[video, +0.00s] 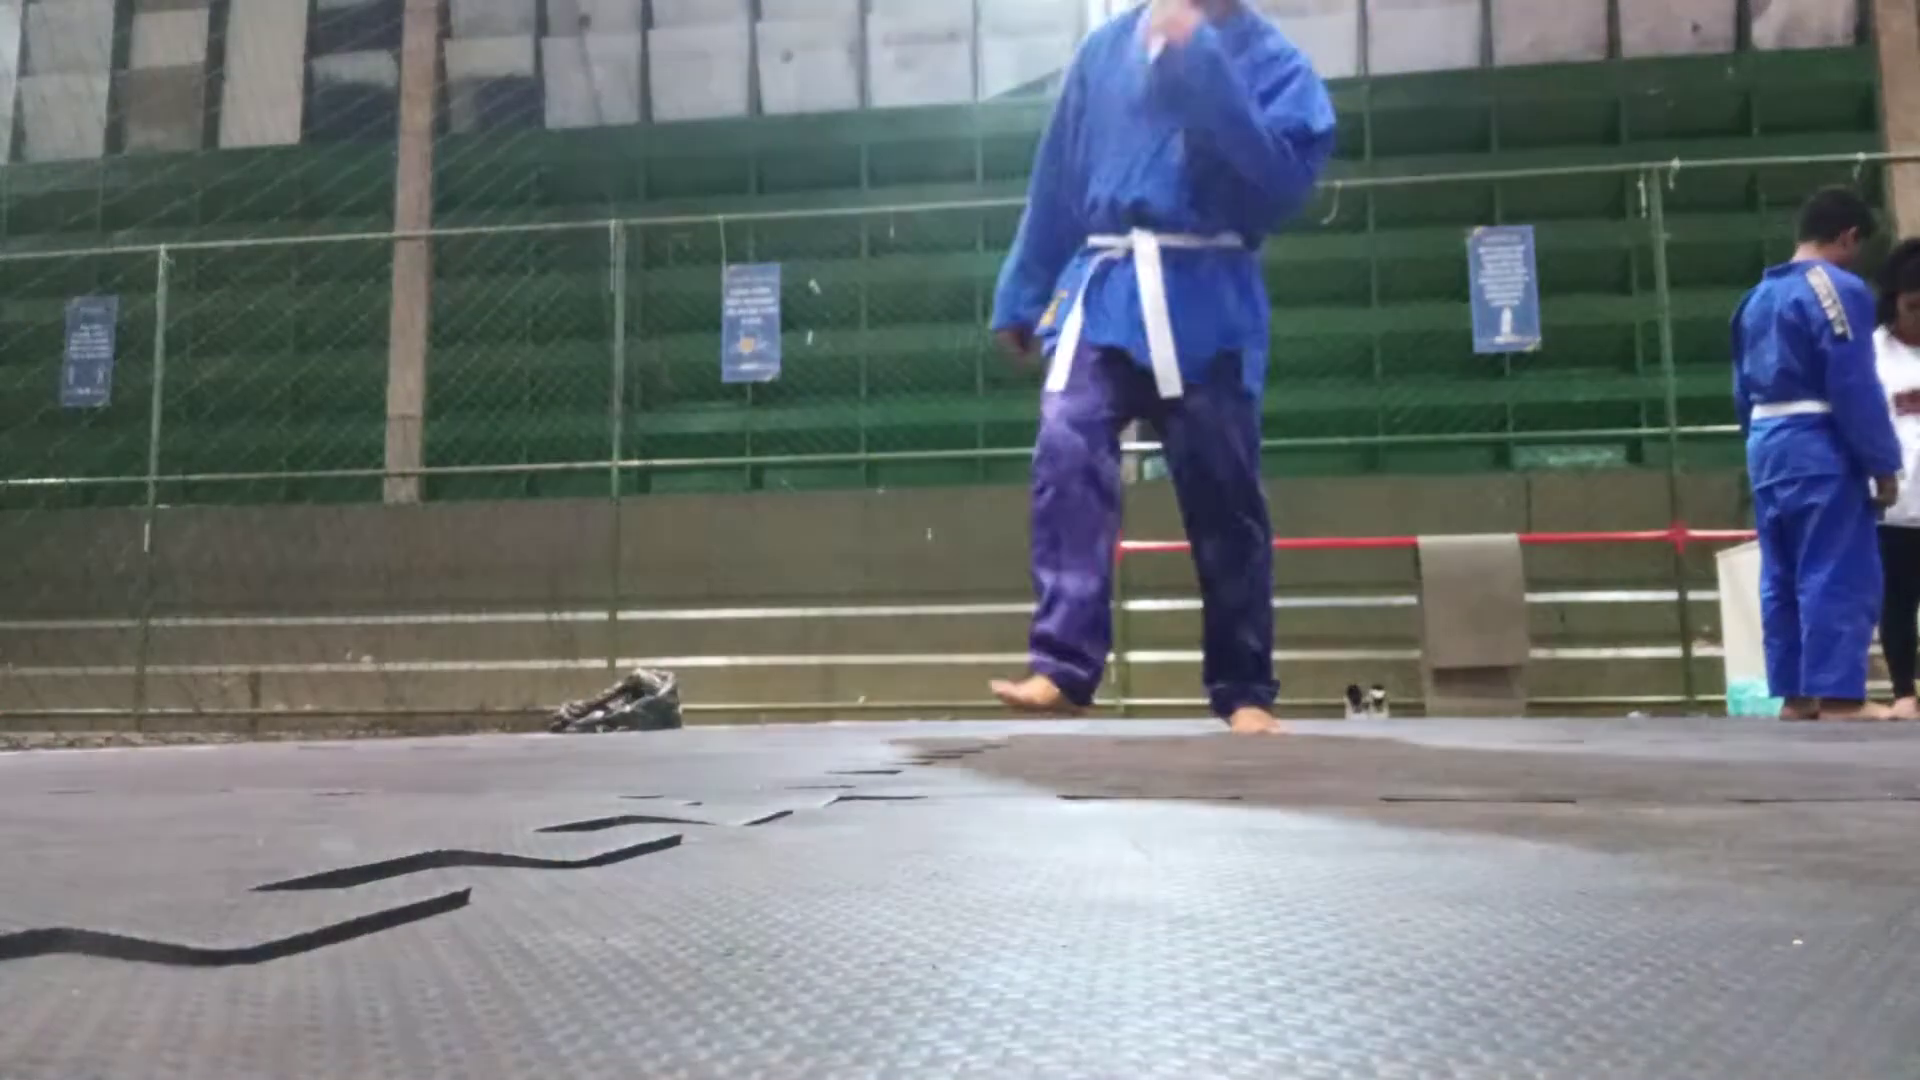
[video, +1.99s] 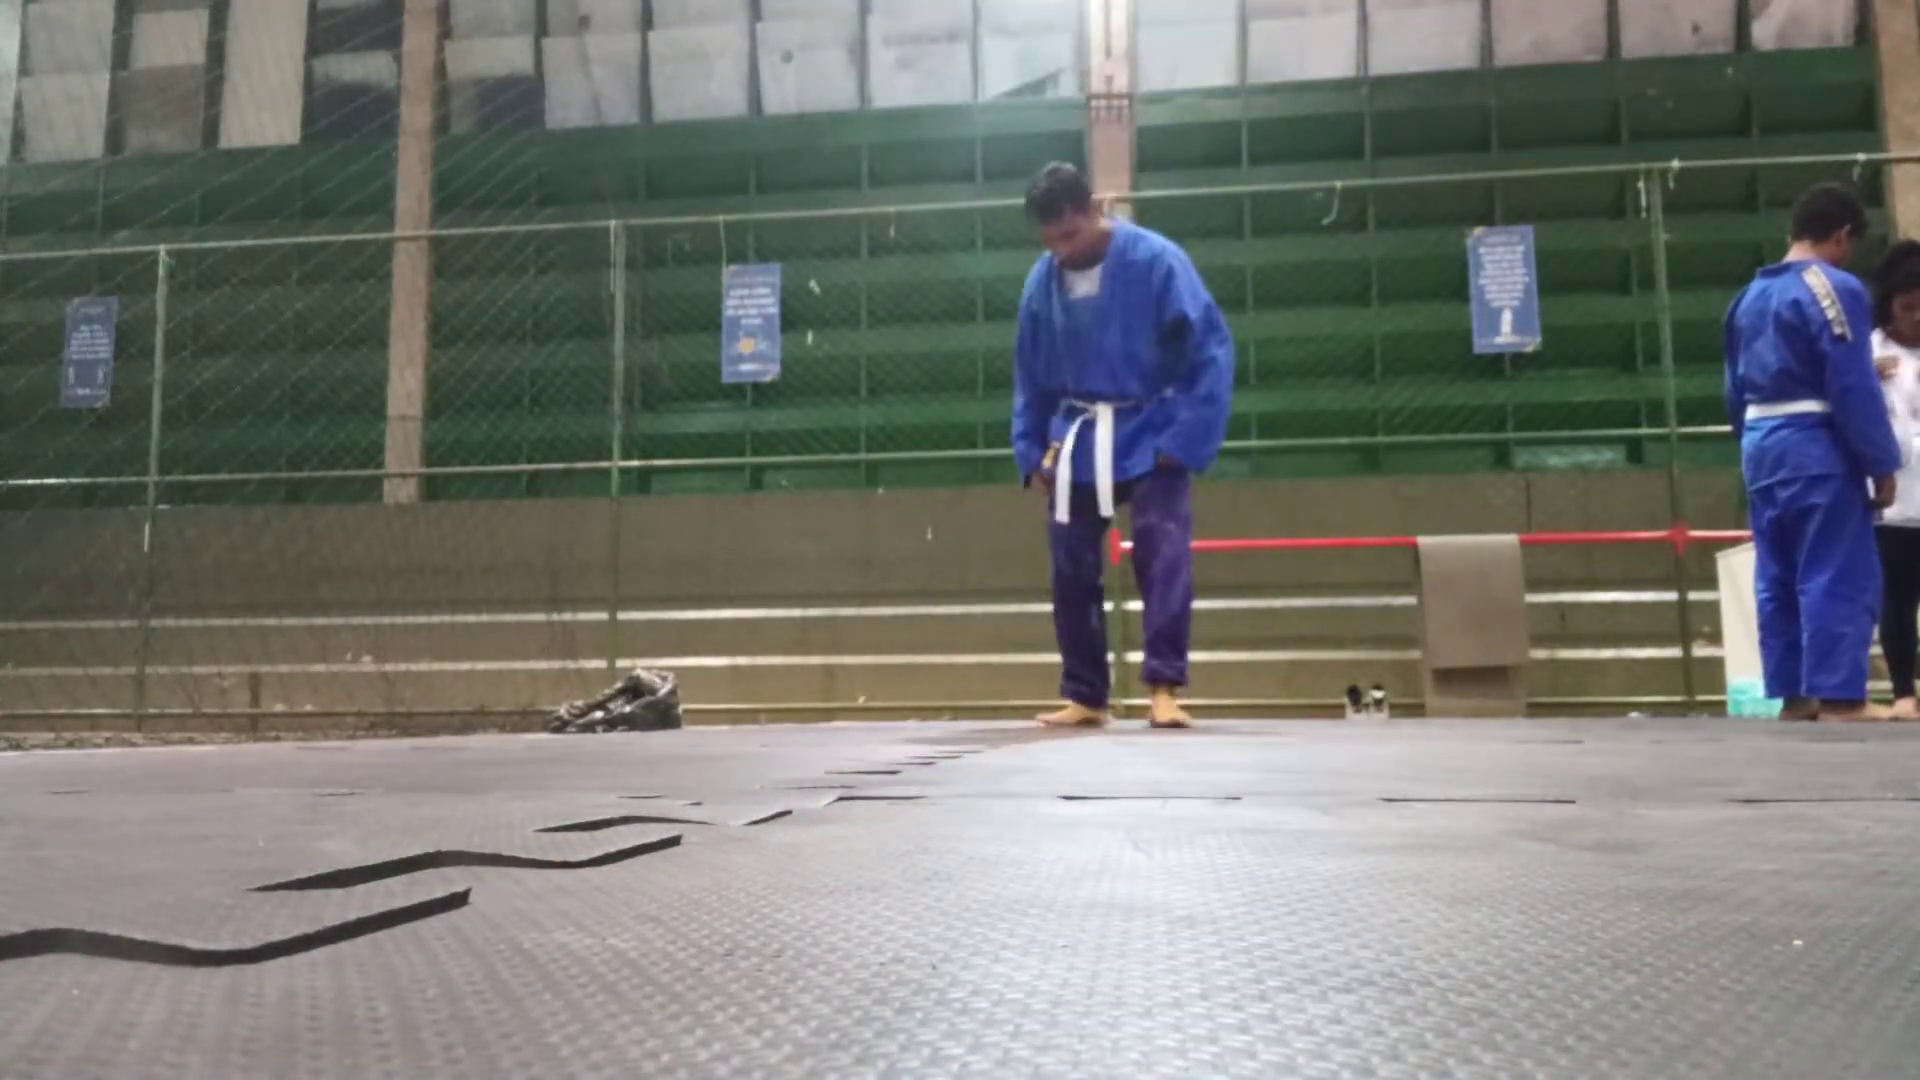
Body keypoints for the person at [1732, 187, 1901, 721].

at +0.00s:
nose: (1857, 255)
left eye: (1860, 247)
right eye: (1859, 245)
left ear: (1803, 234)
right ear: (1846, 236)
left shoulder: (1757, 297)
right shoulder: (1837, 290)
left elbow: (1745, 392)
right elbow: (1853, 388)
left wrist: (1765, 446)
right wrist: (1885, 464)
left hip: (1765, 441)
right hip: (1817, 440)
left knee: (1784, 573)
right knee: (1838, 568)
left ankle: (1795, 696)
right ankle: (1838, 698)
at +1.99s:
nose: (1849, 252)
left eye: (1852, 244)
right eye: (1851, 242)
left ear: (1795, 231)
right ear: (1840, 235)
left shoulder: (1751, 295)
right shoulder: (1833, 289)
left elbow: (1737, 391)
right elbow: (1853, 387)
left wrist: (1757, 444)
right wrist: (1883, 464)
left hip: (1759, 440)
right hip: (1814, 438)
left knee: (1778, 575)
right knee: (1839, 569)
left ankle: (1791, 696)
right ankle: (1838, 698)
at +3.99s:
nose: (1859, 250)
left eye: (1862, 241)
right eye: (1859, 240)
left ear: (1801, 231)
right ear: (1845, 233)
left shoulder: (1757, 295)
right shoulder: (1841, 288)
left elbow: (1742, 391)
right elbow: (1859, 386)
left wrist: (1762, 445)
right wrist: (1888, 464)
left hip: (1766, 440)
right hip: (1821, 438)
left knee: (1784, 573)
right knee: (1841, 569)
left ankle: (1795, 696)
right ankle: (1839, 698)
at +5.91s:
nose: (1864, 254)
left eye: (1866, 245)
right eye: (1865, 244)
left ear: (1810, 233)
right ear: (1852, 237)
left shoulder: (1763, 295)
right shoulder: (1845, 290)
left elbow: (1746, 391)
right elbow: (1860, 387)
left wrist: (1765, 443)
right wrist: (1888, 467)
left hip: (1766, 440)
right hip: (1821, 439)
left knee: (1783, 575)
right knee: (1840, 571)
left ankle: (1795, 697)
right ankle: (1840, 699)